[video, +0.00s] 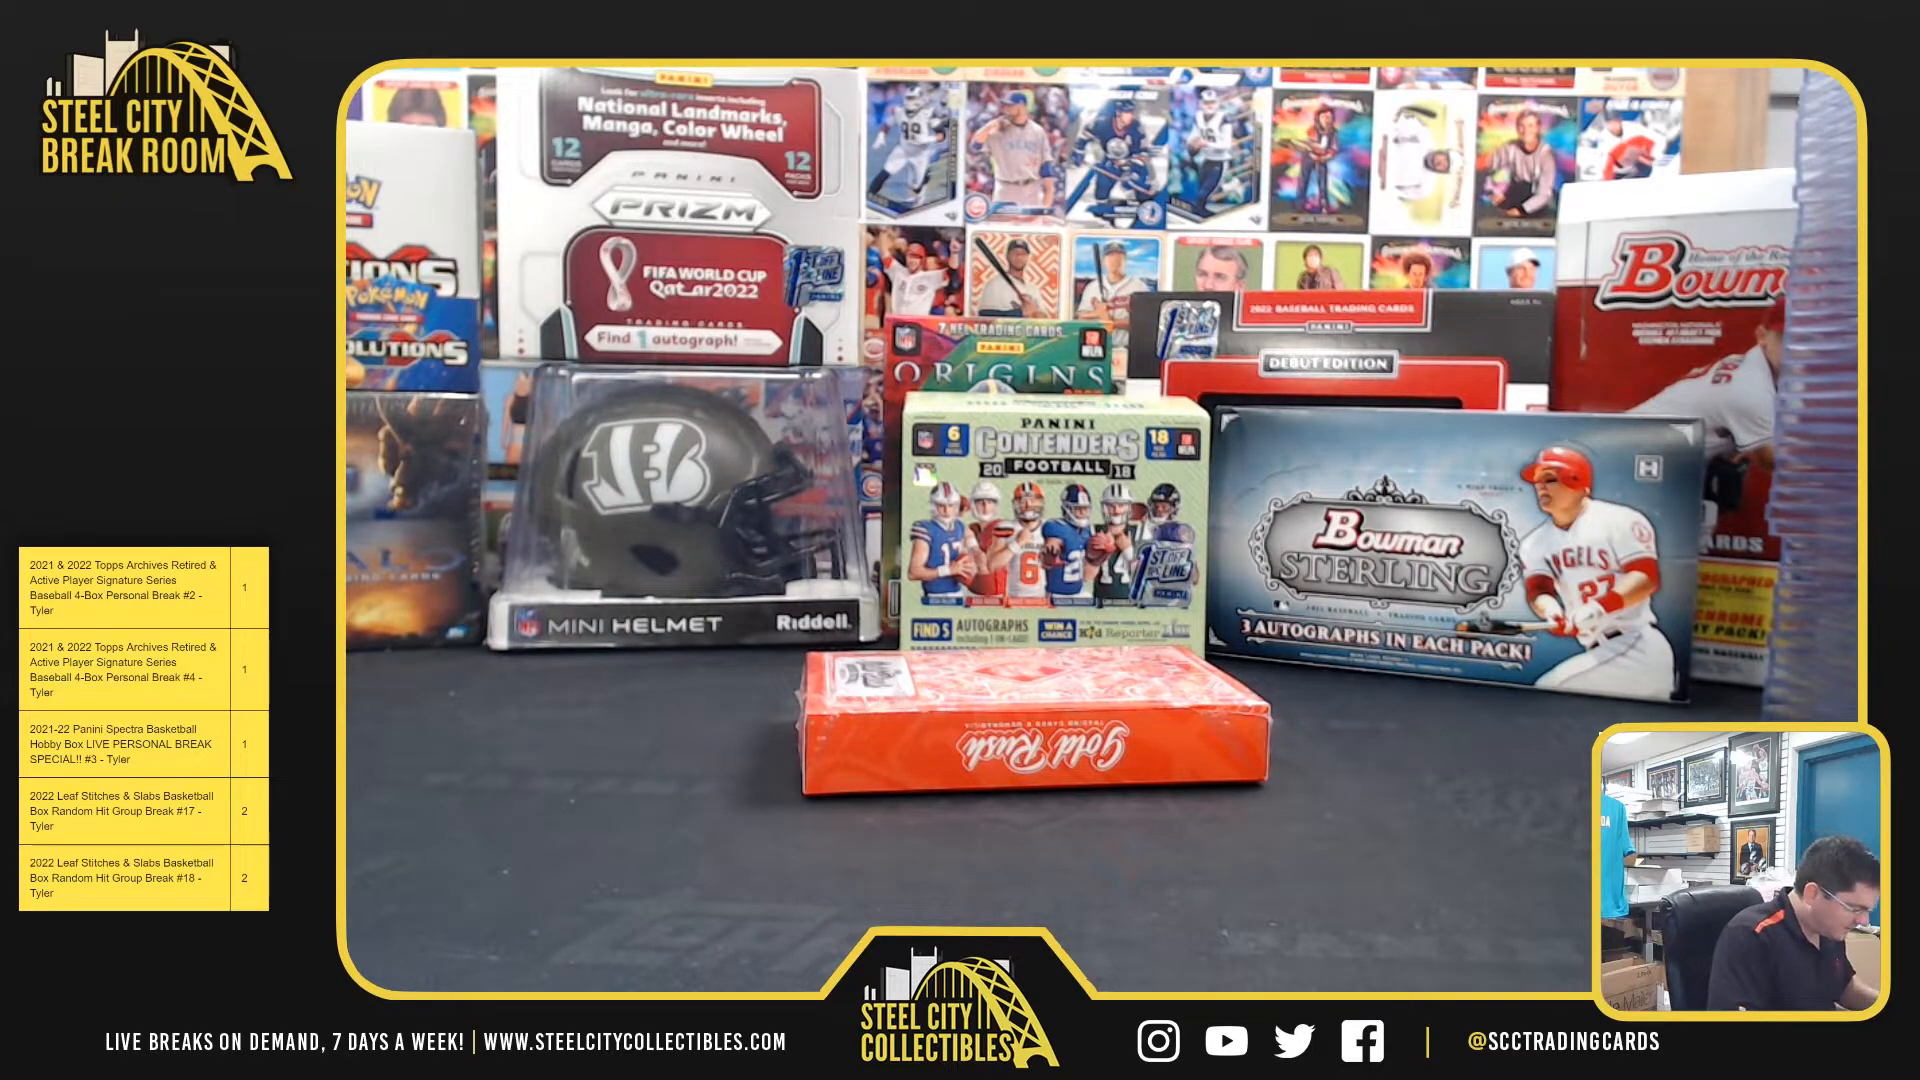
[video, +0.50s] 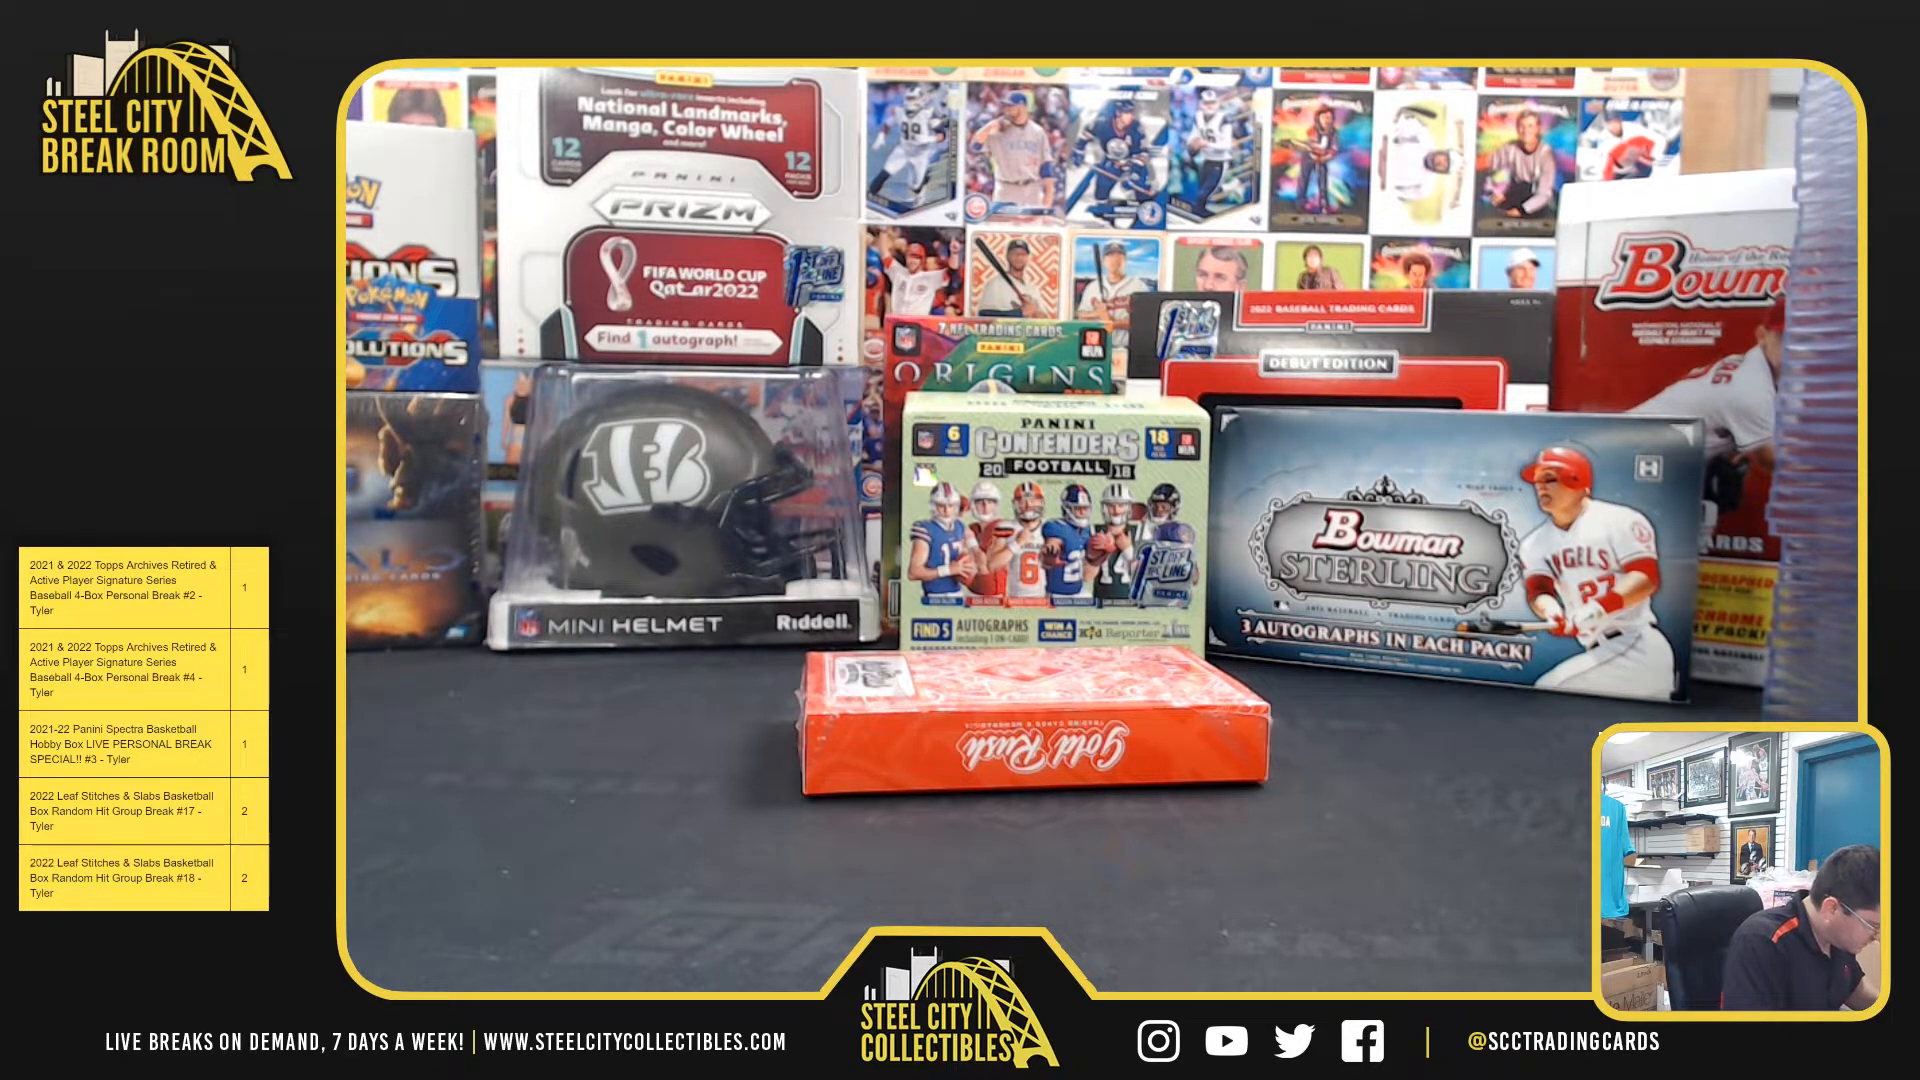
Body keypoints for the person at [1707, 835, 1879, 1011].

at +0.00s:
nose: (1863, 921)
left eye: (1868, 910)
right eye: (1855, 909)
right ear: (1813, 893)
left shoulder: (1826, 926)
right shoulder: (1748, 935)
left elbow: (1847, 988)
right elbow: (1730, 1020)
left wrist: (1885, 1001)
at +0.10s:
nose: (1867, 926)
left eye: (1873, 915)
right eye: (1860, 914)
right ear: (1817, 897)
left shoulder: (1829, 928)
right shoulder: (1751, 938)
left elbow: (1848, 989)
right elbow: (1737, 1019)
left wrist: (1887, 1006)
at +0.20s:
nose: (1873, 931)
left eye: (1876, 920)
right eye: (1865, 919)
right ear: (1821, 901)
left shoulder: (1831, 929)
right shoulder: (1755, 939)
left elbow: (1849, 988)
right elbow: (1741, 1020)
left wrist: (1886, 1008)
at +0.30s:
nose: (1876, 935)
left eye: (1878, 924)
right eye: (1870, 923)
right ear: (1826, 905)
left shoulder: (1831, 931)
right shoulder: (1756, 941)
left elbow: (1853, 988)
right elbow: (1745, 1022)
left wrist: (1889, 1009)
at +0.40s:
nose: (1876, 937)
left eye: (1878, 926)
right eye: (1871, 925)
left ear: (1829, 907)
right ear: (1829, 907)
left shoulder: (1833, 933)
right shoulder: (1759, 942)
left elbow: (1855, 989)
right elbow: (1745, 1022)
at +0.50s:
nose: (1876, 938)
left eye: (1879, 928)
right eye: (1872, 926)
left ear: (1830, 909)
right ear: (1831, 909)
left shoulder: (1834, 934)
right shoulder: (1759, 942)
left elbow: (1855, 989)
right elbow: (1743, 1020)